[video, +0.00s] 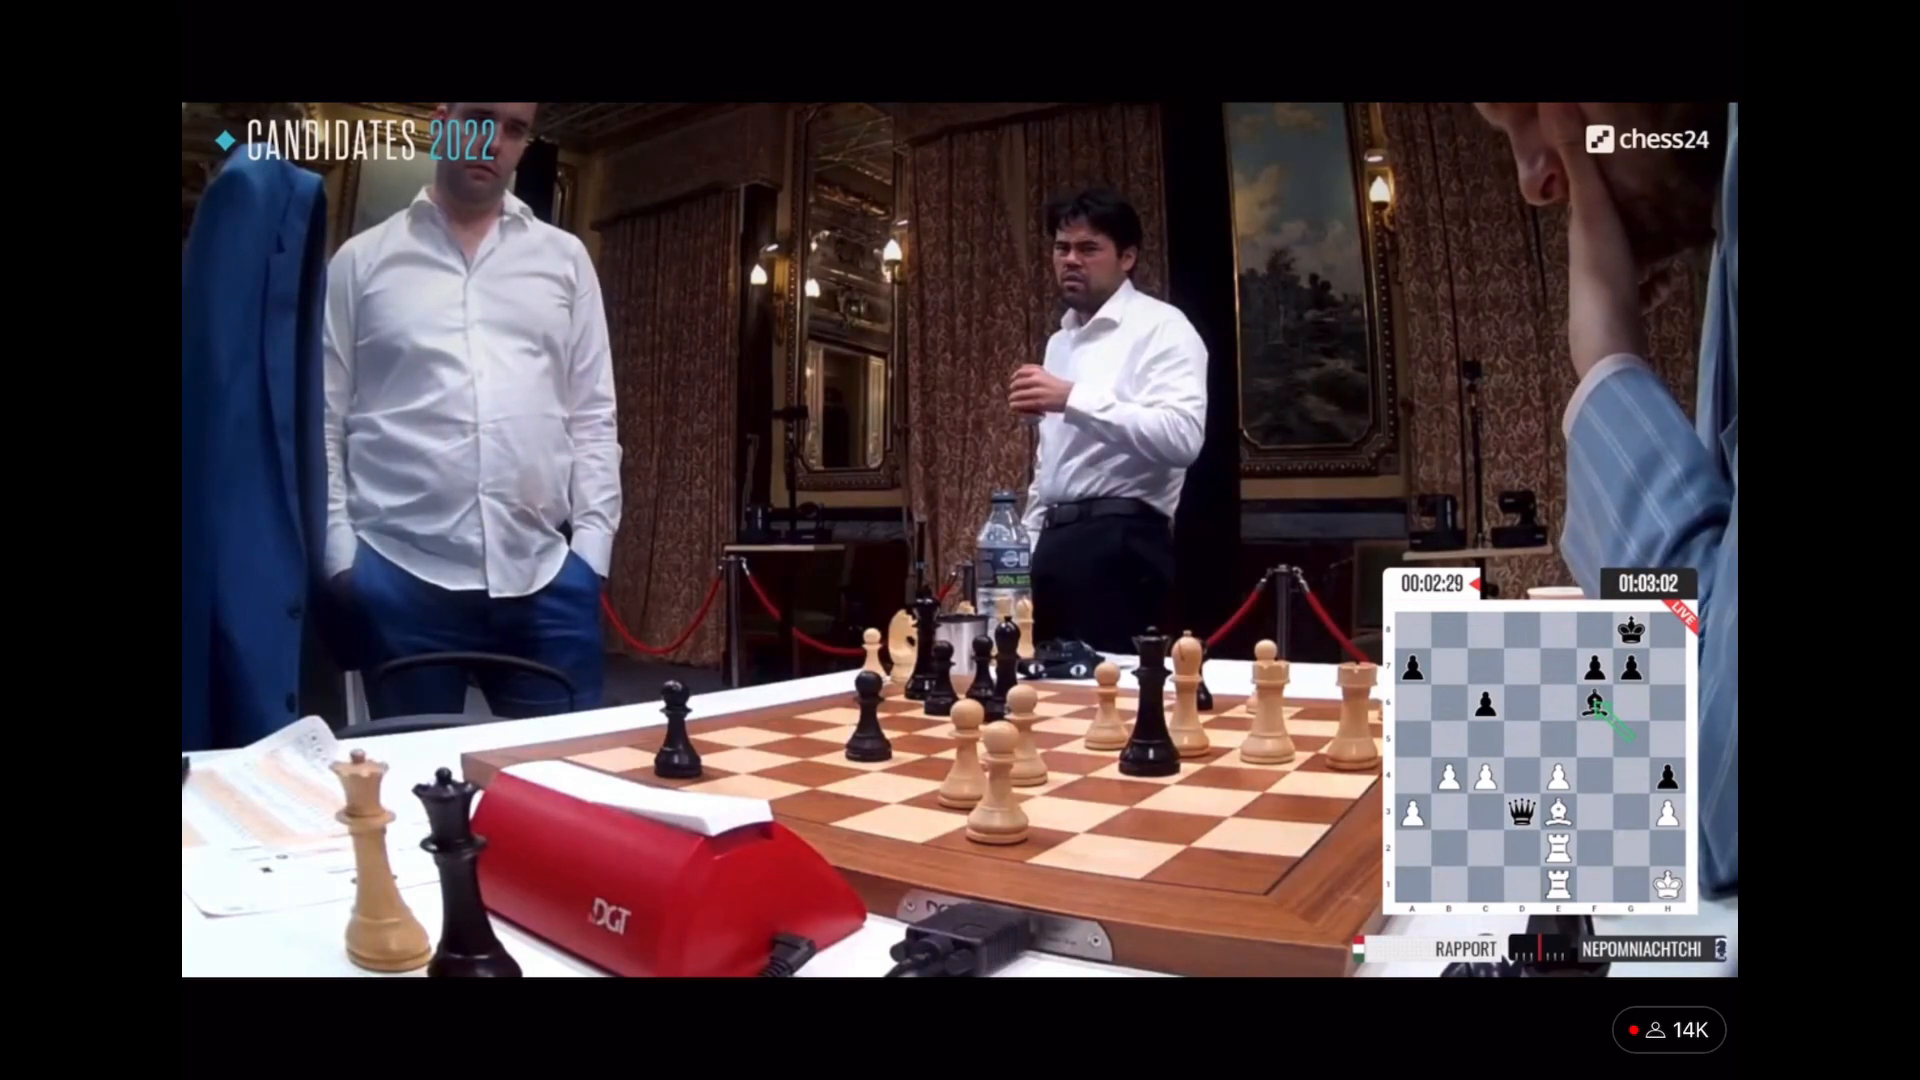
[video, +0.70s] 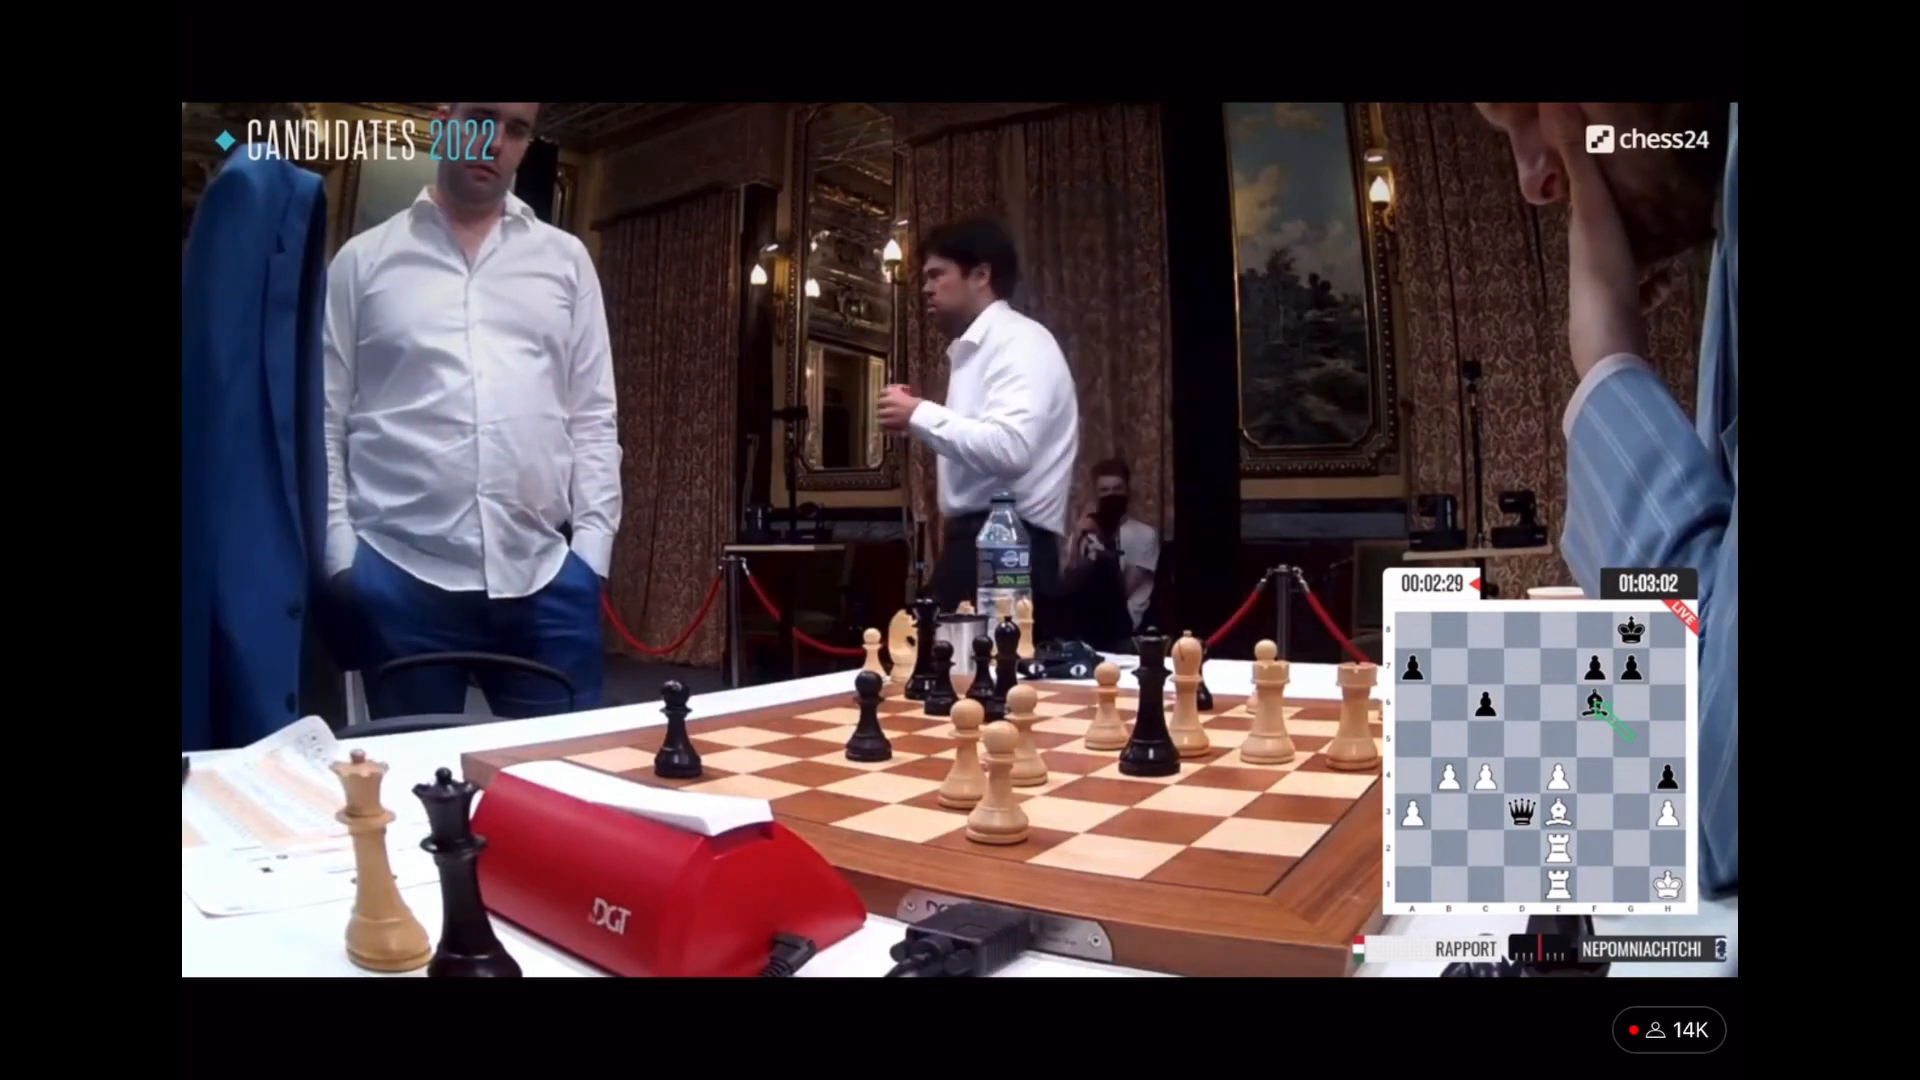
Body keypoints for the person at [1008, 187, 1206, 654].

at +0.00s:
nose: (1071, 261)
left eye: (1088, 248)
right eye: (1063, 248)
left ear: (1126, 258)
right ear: (1052, 254)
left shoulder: (1166, 329)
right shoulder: (1060, 344)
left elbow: (1181, 437)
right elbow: (1050, 461)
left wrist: (1072, 397)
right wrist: (1029, 539)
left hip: (1125, 536)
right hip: (1058, 535)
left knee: (1122, 696)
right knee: (1059, 696)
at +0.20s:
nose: (1061, 262)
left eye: (1079, 251)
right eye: (1055, 249)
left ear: (1119, 261)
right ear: (1045, 254)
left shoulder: (1155, 332)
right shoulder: (1054, 342)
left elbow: (1167, 442)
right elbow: (1051, 460)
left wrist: (1060, 400)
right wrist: (1030, 529)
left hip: (1118, 537)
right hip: (1055, 534)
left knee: (1118, 696)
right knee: (1060, 696)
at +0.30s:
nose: (1039, 264)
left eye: (1056, 251)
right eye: (1035, 250)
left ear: (1100, 262)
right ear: (1028, 254)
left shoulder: (1138, 332)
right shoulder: (1046, 338)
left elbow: (1148, 443)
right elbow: (1056, 445)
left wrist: (1039, 403)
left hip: (1105, 535)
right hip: (1050, 531)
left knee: (1103, 695)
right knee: (1055, 692)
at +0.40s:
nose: (1016, 266)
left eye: (1031, 253)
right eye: (1014, 254)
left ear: (1077, 261)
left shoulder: (1119, 333)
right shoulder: (1035, 338)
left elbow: (1125, 442)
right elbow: (1051, 445)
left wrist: (1018, 406)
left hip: (1092, 539)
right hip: (1040, 532)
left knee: (1092, 695)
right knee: (1044, 693)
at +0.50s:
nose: (979, 275)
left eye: (993, 261)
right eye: (979, 264)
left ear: (1041, 266)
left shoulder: (1083, 336)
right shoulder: (1017, 345)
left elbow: (1082, 444)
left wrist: (981, 409)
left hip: (1069, 546)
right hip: (1022, 540)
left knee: (1085, 699)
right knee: (1030, 697)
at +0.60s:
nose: (953, 283)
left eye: (965, 269)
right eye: (954, 271)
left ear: (1011, 273)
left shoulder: (1055, 342)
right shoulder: (999, 349)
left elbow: (1044, 446)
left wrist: (951, 412)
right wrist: (948, 415)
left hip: (1045, 546)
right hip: (1002, 539)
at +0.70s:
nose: (926, 289)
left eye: (936, 275)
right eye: (926, 278)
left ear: (981, 276)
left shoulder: (1021, 344)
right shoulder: (976, 348)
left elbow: (1009, 449)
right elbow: (979, 447)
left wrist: (920, 414)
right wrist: (917, 418)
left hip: (1007, 544)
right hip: (972, 537)